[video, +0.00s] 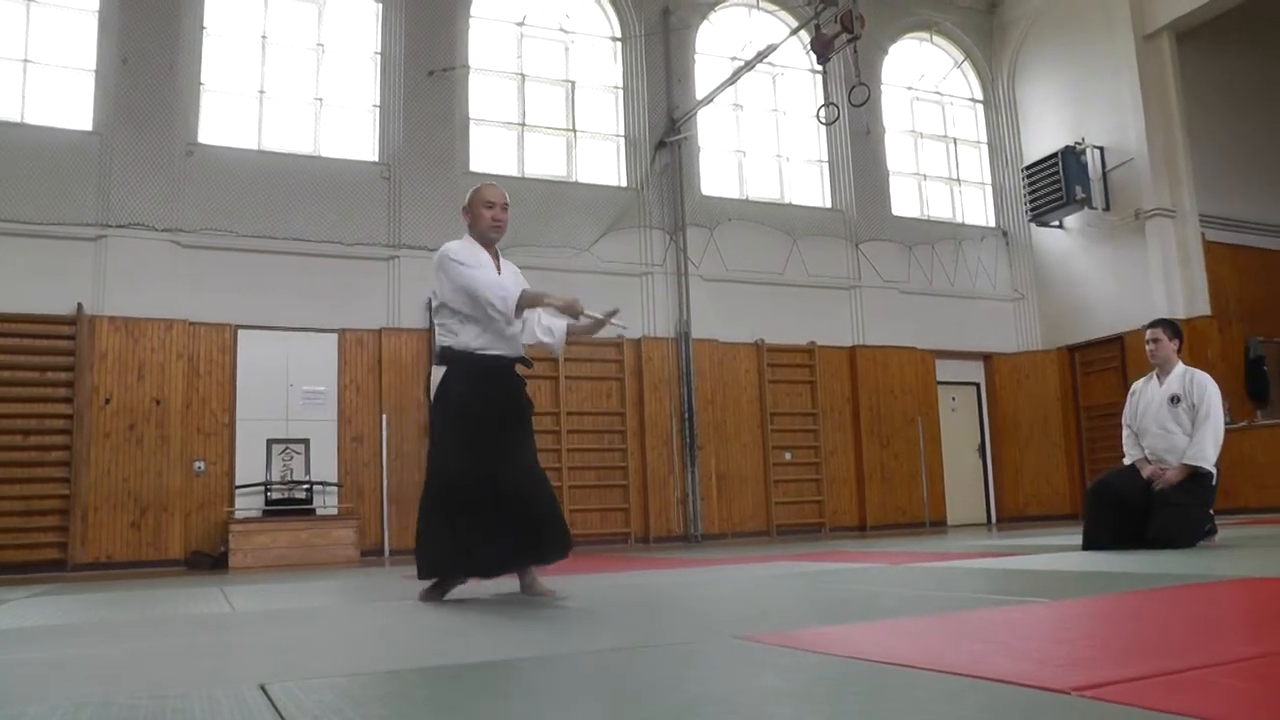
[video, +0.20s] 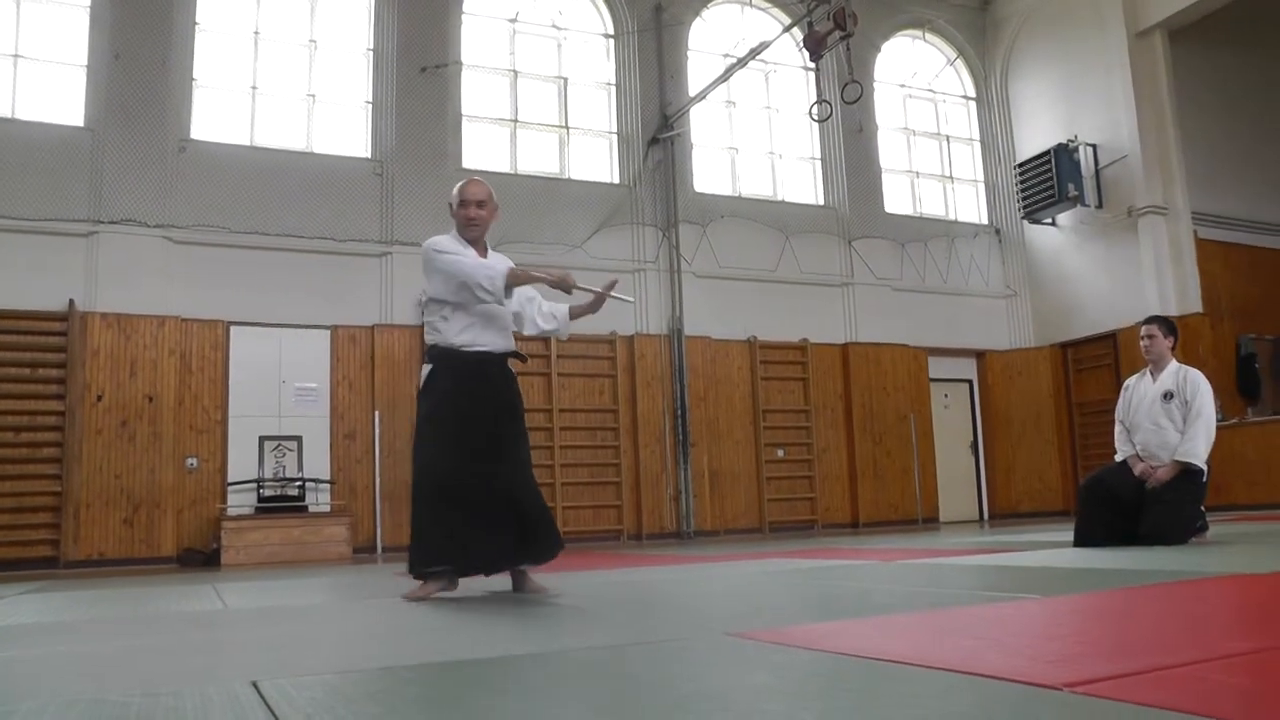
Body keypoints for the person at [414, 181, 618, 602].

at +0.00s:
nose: (499, 214)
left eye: (504, 208)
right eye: (489, 207)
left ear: (509, 218)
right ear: (468, 215)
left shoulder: (510, 273)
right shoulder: (453, 255)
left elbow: (532, 323)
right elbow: (496, 297)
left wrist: (584, 328)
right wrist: (553, 301)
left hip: (503, 382)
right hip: (464, 381)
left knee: (517, 477)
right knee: (460, 478)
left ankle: (527, 574)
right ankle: (453, 570)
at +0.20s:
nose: (472, 211)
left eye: (481, 205)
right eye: (464, 204)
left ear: (494, 213)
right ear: (453, 211)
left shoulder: (500, 269)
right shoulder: (438, 249)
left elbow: (534, 312)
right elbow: (482, 274)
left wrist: (584, 308)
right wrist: (546, 278)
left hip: (495, 376)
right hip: (449, 376)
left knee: (509, 471)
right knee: (437, 473)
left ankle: (518, 569)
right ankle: (441, 572)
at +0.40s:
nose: (425, 212)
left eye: (434, 204)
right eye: (419, 205)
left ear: (454, 209)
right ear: (411, 212)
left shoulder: (478, 261)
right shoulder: (398, 252)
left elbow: (524, 303)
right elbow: (404, 279)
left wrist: (562, 292)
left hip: (473, 376)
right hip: (422, 378)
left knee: (494, 469)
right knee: (406, 470)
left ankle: (511, 569)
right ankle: (419, 574)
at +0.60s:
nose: (369, 211)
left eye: (376, 203)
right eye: (366, 204)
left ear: (406, 205)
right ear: (370, 210)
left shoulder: (436, 254)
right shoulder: (362, 259)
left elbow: (479, 301)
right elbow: (323, 276)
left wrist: (451, 293)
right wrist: (296, 279)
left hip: (431, 376)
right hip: (386, 378)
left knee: (450, 469)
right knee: (382, 473)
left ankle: (488, 546)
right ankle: (412, 573)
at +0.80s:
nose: (330, 212)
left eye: (333, 201)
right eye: (329, 202)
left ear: (361, 198)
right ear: (361, 199)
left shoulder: (384, 242)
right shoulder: (376, 245)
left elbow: (354, 292)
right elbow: (341, 301)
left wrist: (288, 301)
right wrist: (286, 312)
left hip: (388, 375)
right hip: (383, 373)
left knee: (336, 460)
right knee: (398, 472)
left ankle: (370, 576)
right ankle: (407, 574)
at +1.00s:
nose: (301, 203)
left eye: (302, 196)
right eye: (302, 196)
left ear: (311, 194)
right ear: (343, 193)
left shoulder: (301, 236)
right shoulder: (376, 239)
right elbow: (400, 291)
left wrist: (221, 281)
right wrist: (411, 301)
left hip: (330, 357)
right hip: (374, 356)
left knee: (286, 464)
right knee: (379, 460)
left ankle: (245, 582)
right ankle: (407, 570)